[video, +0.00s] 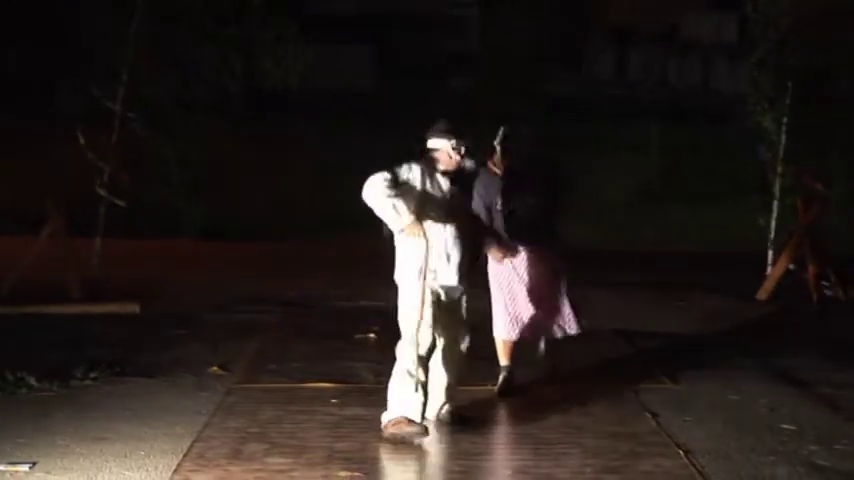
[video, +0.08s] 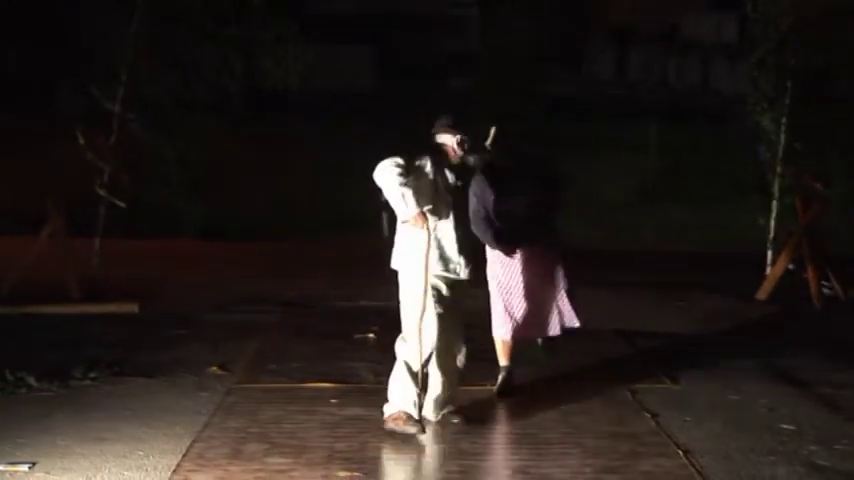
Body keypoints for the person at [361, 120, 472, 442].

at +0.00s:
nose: (460, 154)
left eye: (461, 148)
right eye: (454, 148)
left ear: (460, 151)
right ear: (435, 149)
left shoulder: (462, 183)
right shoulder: (413, 173)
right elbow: (374, 188)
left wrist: (491, 242)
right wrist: (404, 220)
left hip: (453, 282)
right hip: (417, 280)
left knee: (452, 347)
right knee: (415, 344)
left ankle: (439, 409)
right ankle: (398, 415)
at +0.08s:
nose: (459, 145)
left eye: (462, 139)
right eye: (452, 139)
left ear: (466, 143)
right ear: (437, 140)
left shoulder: (466, 174)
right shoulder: (423, 167)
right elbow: (386, 171)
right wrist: (409, 210)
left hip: (454, 274)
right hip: (421, 273)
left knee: (451, 345)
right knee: (418, 339)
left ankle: (440, 408)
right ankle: (399, 408)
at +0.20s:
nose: (463, 146)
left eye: (465, 140)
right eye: (458, 140)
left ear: (464, 143)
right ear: (443, 139)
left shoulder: (461, 175)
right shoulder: (417, 164)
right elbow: (404, 175)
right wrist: (427, 208)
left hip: (449, 264)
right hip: (421, 263)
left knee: (435, 328)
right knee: (438, 326)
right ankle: (413, 397)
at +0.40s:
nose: (470, 158)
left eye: (469, 152)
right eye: (468, 152)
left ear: (444, 152)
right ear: (460, 153)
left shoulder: (452, 183)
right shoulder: (433, 177)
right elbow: (430, 217)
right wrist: (462, 239)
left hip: (442, 272)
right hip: (423, 271)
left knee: (447, 334)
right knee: (446, 332)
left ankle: (435, 401)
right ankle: (422, 403)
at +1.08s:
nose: (478, 155)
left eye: (478, 149)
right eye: (476, 148)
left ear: (452, 145)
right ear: (467, 146)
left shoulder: (430, 168)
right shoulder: (454, 171)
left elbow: (408, 203)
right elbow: (456, 212)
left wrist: (438, 217)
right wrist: (482, 243)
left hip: (419, 257)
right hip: (438, 261)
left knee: (436, 322)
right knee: (467, 325)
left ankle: (416, 390)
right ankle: (447, 395)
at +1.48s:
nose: (490, 168)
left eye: (490, 162)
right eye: (485, 161)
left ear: (466, 156)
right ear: (467, 156)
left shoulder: (439, 175)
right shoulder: (448, 182)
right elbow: (449, 233)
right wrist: (484, 249)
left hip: (421, 264)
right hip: (440, 264)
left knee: (434, 326)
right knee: (496, 309)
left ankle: (417, 397)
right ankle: (465, 375)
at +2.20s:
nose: (501, 169)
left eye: (502, 163)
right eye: (497, 162)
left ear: (475, 156)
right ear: (483, 159)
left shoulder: (448, 179)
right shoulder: (473, 189)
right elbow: (488, 222)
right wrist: (523, 245)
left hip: (431, 275)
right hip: (468, 280)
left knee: (444, 336)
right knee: (484, 346)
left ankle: (441, 408)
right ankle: (479, 418)